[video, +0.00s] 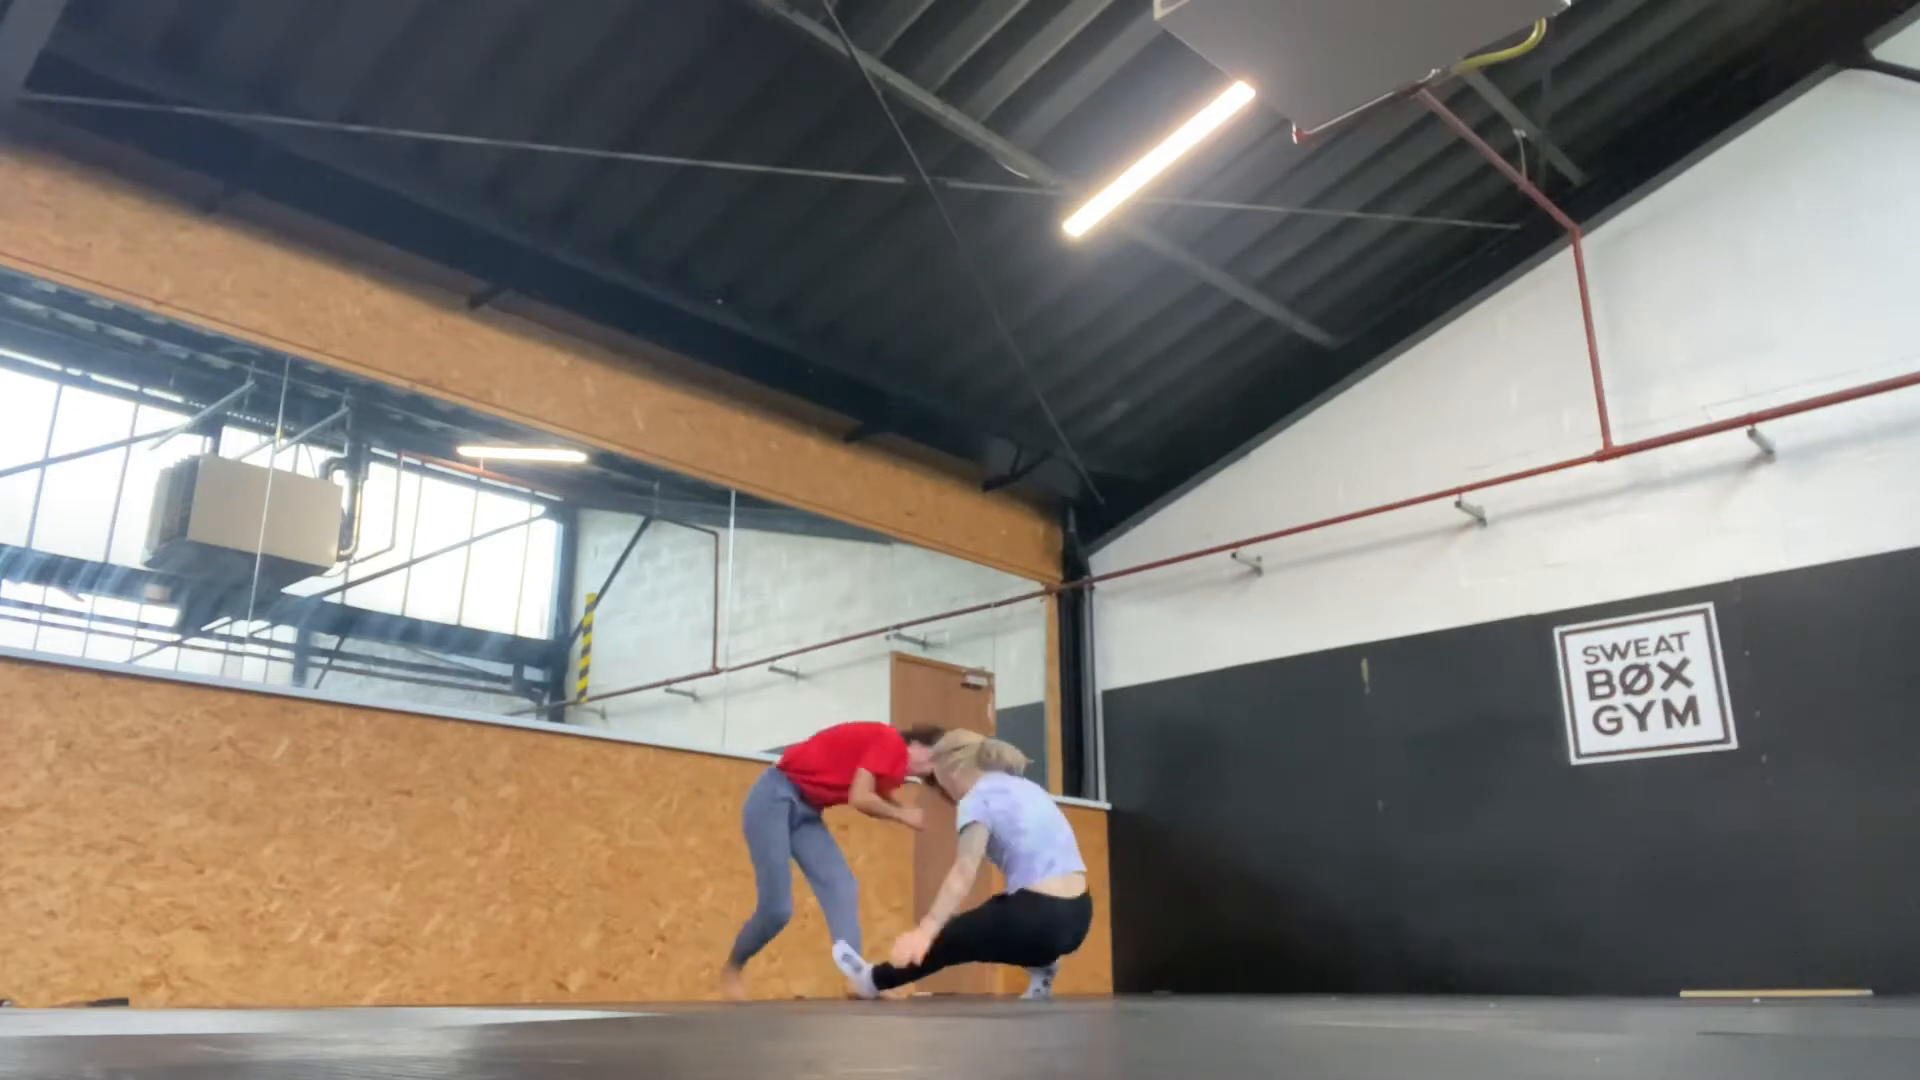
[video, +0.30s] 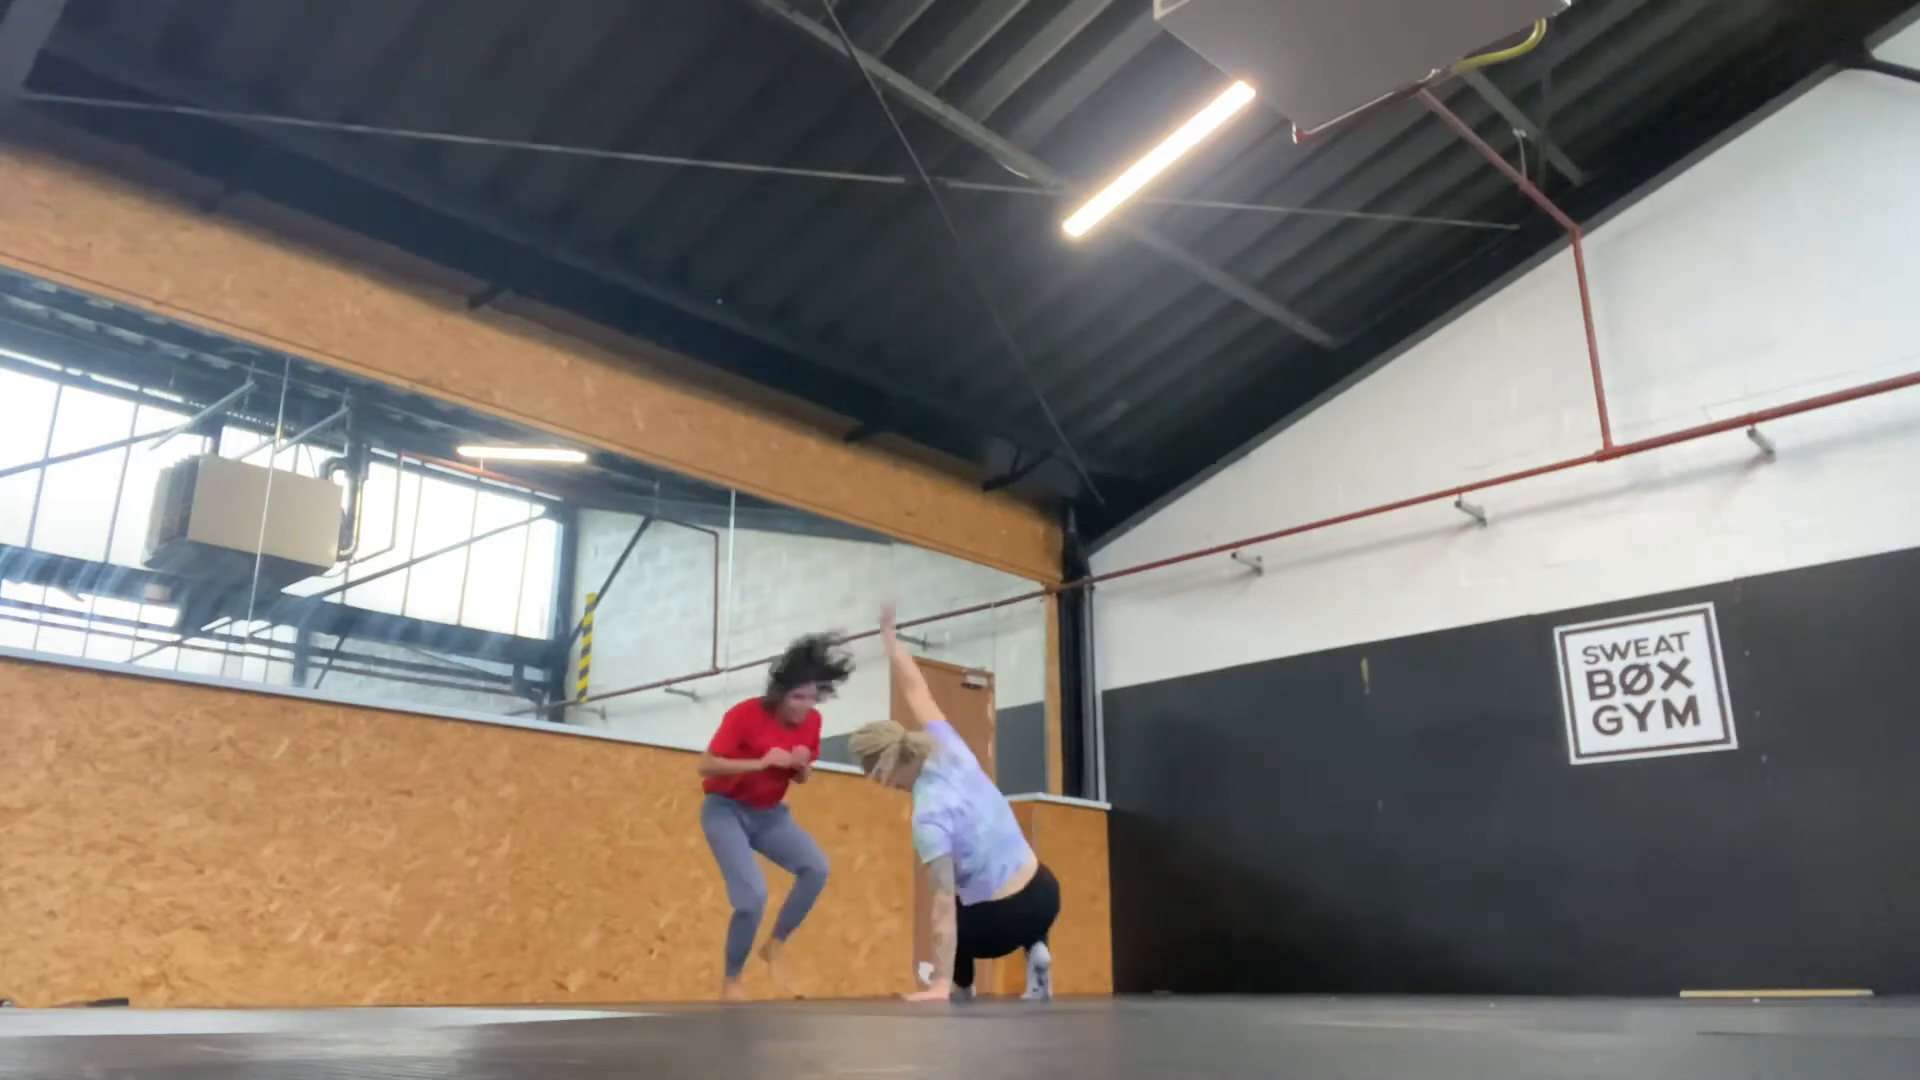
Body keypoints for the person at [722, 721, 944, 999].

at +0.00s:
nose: (928, 774)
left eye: (933, 772)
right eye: (933, 768)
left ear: (926, 749)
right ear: (929, 752)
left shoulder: (895, 767)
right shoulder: (885, 741)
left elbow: (876, 797)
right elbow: (860, 798)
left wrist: (905, 813)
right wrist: (902, 814)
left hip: (805, 812)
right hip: (774, 796)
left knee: (841, 885)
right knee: (776, 910)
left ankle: (854, 977)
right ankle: (734, 965)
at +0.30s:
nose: (805, 707)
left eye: (812, 699)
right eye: (799, 698)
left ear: (816, 698)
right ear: (779, 692)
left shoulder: (811, 721)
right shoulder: (745, 715)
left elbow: (803, 776)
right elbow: (707, 765)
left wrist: (800, 767)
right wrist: (762, 764)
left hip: (768, 812)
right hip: (725, 809)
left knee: (816, 869)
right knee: (752, 896)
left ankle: (774, 947)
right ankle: (732, 980)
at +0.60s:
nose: (692, 707)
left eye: (697, 700)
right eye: (686, 702)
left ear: (710, 692)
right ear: (676, 700)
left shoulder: (738, 712)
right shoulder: (669, 728)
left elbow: (767, 755)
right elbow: (655, 778)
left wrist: (727, 762)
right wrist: (638, 809)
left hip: (737, 808)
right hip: (691, 810)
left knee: (704, 893)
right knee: (708, 889)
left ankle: (667, 969)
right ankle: (721, 974)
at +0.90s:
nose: (616, 759)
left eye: (611, 750)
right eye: (607, 763)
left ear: (615, 737)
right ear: (602, 772)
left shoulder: (648, 737)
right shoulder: (617, 789)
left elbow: (685, 785)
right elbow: (619, 842)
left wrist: (629, 784)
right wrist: (604, 905)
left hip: (727, 802)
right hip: (682, 817)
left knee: (715, 902)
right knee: (655, 877)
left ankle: (707, 979)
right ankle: (659, 973)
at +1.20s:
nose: (576, 900)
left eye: (573, 895)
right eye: (572, 898)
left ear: (573, 877)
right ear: (574, 876)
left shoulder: (599, 854)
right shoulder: (594, 853)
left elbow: (605, 911)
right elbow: (612, 907)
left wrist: (564, 916)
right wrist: (568, 911)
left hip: (720, 843)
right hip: (686, 854)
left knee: (774, 913)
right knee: (631, 898)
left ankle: (866, 932)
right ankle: (643, 983)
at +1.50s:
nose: (784, 650)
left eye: (788, 644)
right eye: (787, 641)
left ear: (759, 617)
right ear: (778, 630)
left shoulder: (706, 631)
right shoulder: (752, 637)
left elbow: (628, 669)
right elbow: (700, 671)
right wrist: (712, 742)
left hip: (604, 719)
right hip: (652, 721)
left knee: (600, 846)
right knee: (711, 835)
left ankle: (524, 940)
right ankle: (692, 961)